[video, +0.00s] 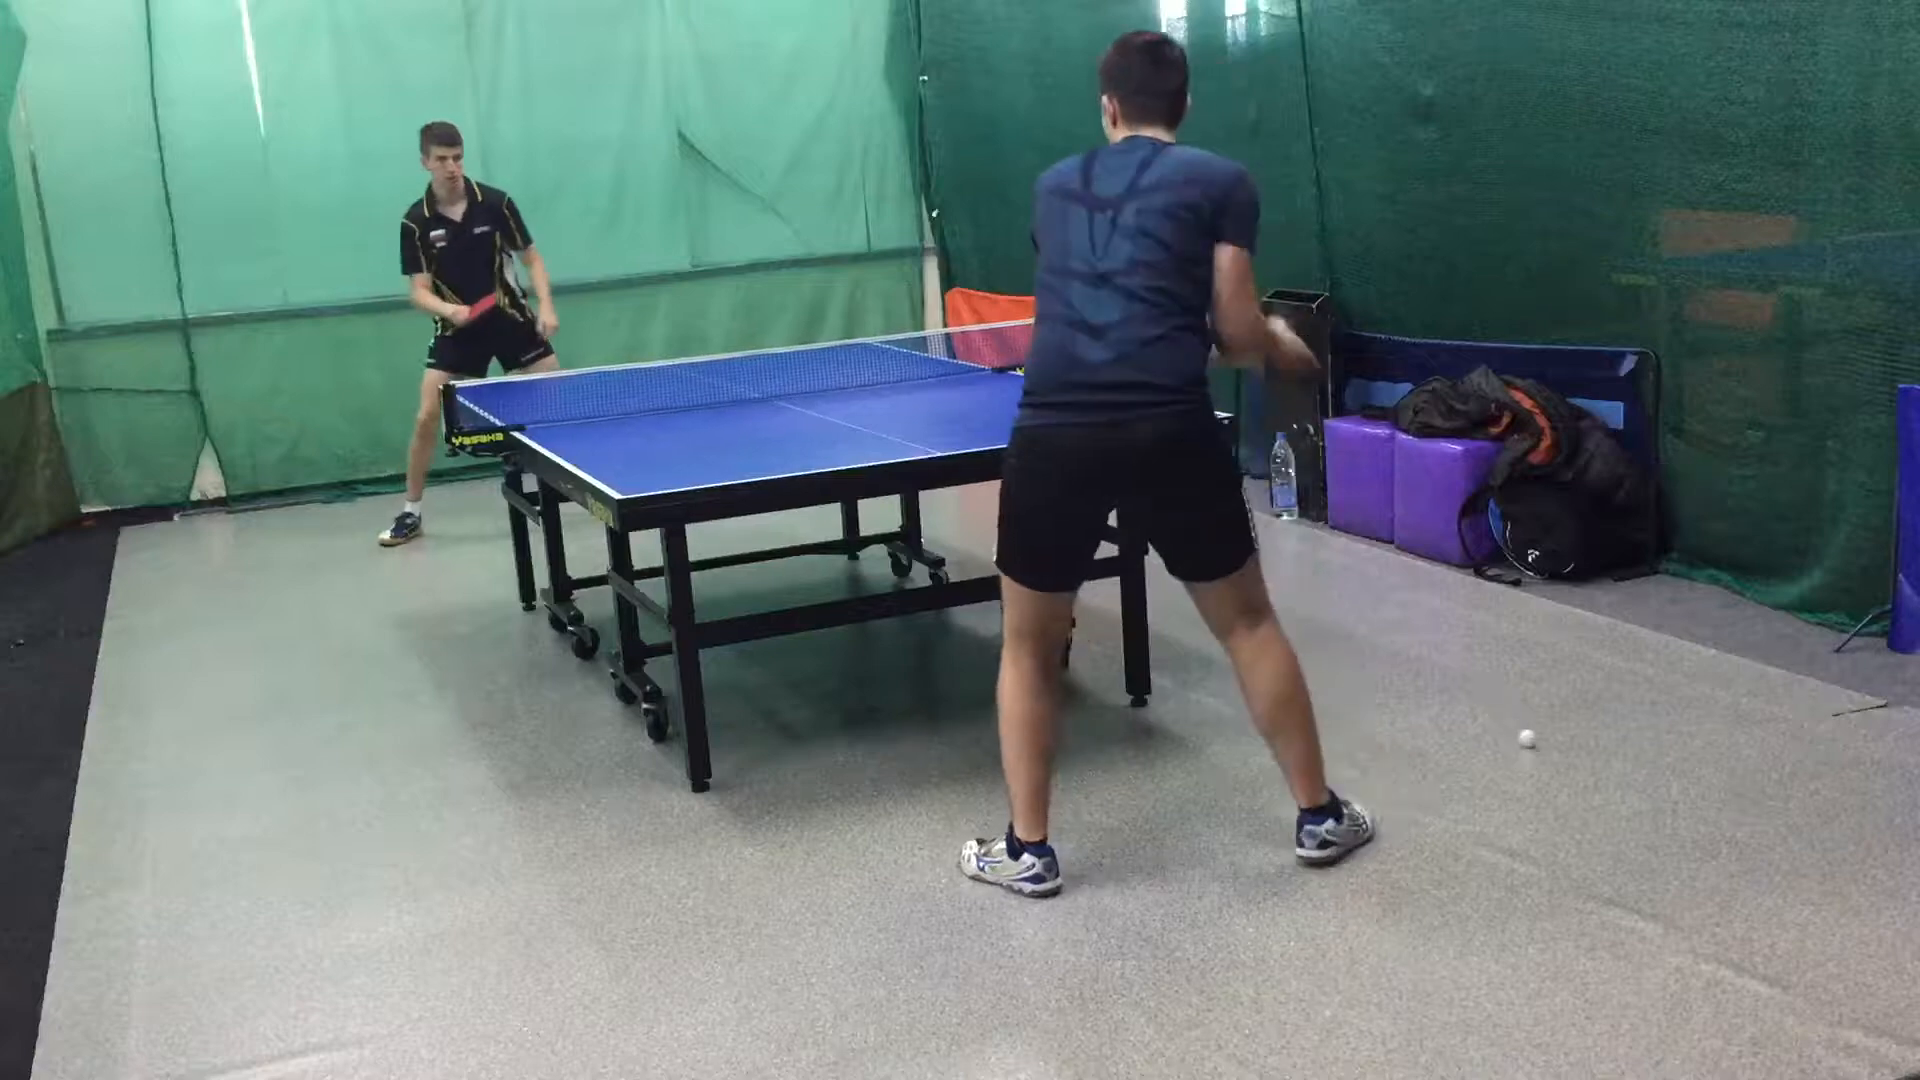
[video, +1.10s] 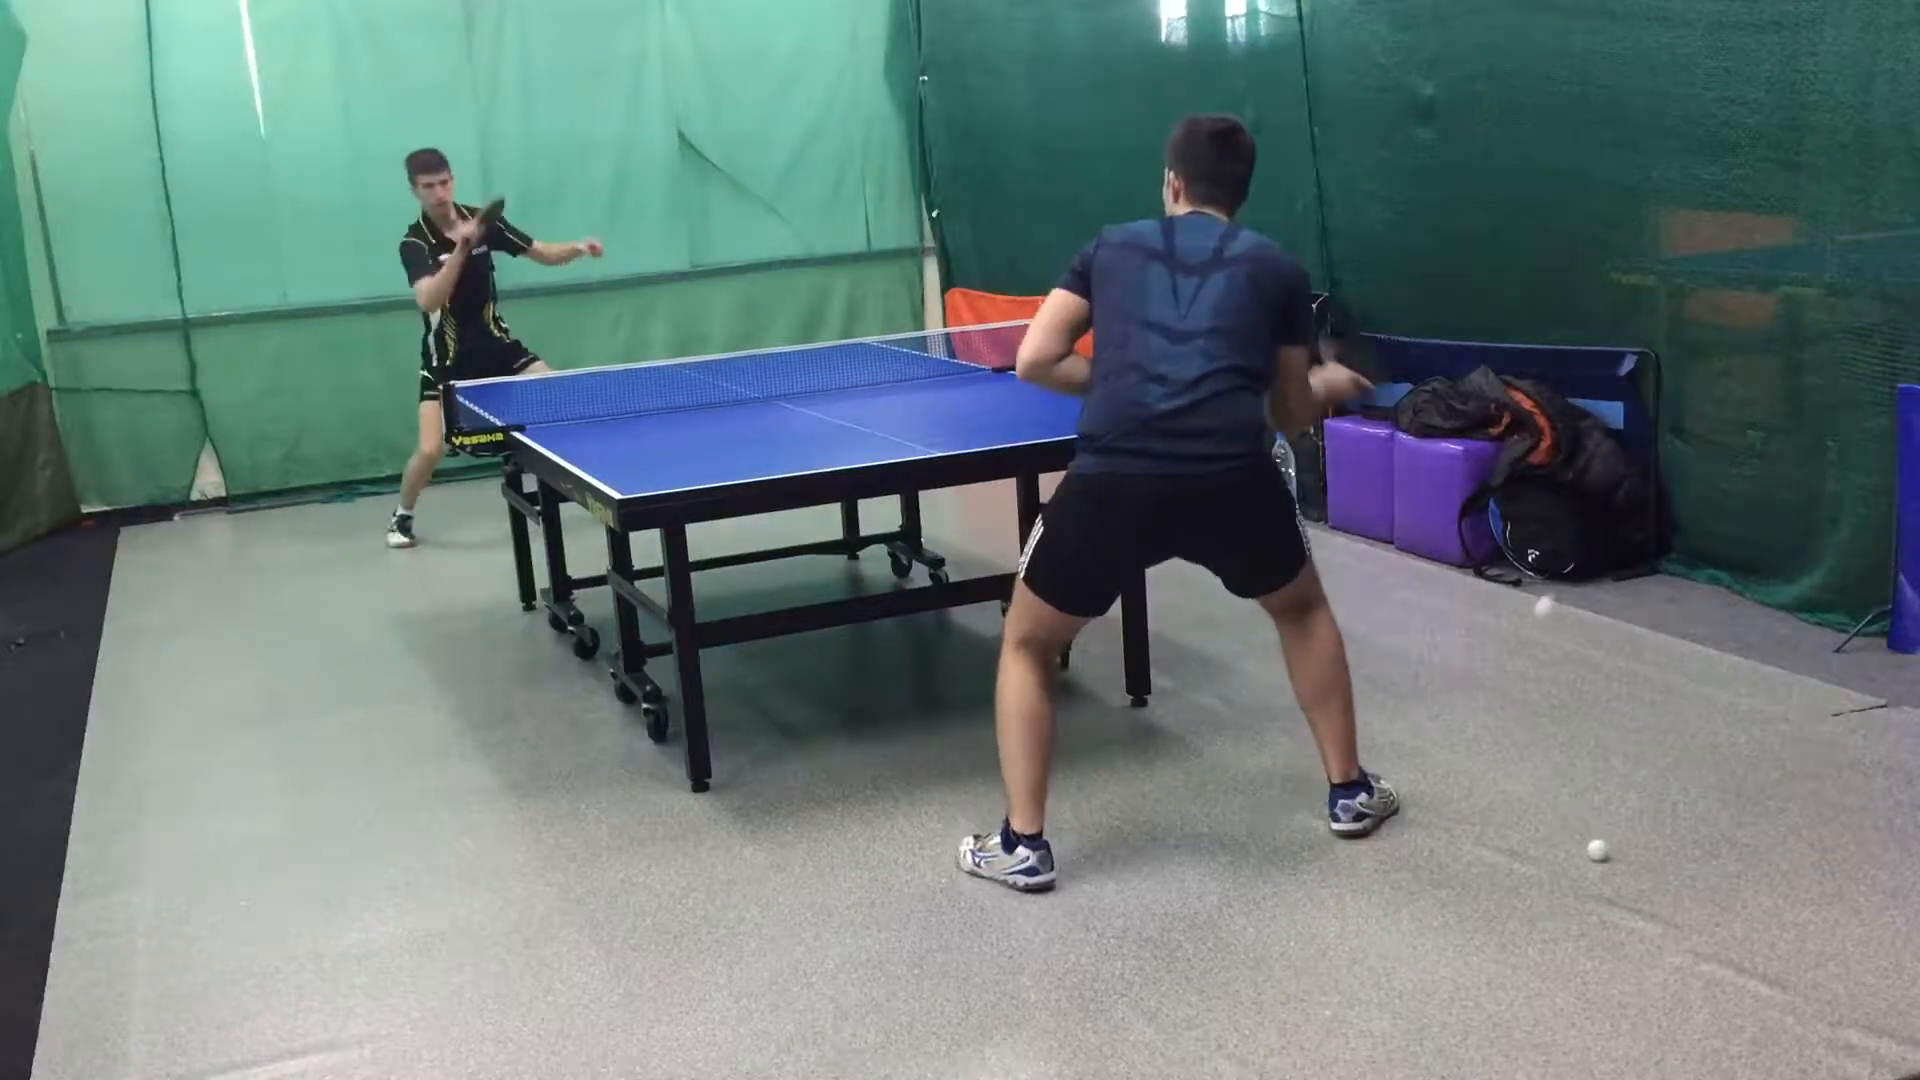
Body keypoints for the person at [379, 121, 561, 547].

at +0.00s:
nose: (452, 168)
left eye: (457, 159)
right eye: (442, 161)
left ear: (464, 158)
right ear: (426, 163)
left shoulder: (496, 203)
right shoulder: (416, 221)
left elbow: (531, 258)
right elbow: (419, 292)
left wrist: (546, 307)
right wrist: (448, 309)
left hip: (510, 318)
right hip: (458, 328)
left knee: (555, 397)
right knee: (427, 417)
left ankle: (520, 470)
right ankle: (411, 511)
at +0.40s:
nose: (425, 208)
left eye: (429, 198)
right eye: (414, 203)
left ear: (436, 190)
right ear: (400, 204)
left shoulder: (474, 226)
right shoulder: (407, 254)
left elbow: (513, 288)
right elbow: (417, 321)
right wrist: (405, 345)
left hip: (513, 319)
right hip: (465, 331)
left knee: (560, 394)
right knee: (430, 416)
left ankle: (570, 479)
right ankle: (440, 507)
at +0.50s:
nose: (402, 234)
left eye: (408, 223)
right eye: (393, 228)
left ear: (419, 213)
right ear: (382, 227)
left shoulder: (454, 250)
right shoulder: (403, 272)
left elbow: (475, 316)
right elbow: (412, 343)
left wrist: (430, 361)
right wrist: (374, 383)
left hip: (523, 345)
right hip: (474, 349)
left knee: (544, 422)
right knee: (427, 415)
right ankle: (438, 508)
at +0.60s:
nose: (385, 248)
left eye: (390, 237)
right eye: (375, 242)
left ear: (402, 226)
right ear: (367, 240)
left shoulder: (431, 259)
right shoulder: (400, 281)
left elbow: (452, 317)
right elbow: (416, 352)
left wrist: (404, 347)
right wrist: (365, 392)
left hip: (518, 354)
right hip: (471, 354)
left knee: (540, 431)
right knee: (414, 418)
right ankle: (438, 508)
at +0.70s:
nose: (375, 238)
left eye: (378, 226)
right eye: (365, 232)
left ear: (393, 216)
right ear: (359, 233)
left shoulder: (431, 245)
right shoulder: (393, 276)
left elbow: (485, 270)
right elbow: (407, 343)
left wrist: (456, 299)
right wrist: (361, 378)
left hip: (510, 351)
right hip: (460, 354)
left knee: (529, 430)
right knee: (411, 427)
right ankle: (438, 508)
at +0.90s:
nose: (396, 192)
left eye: (400, 182)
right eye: (388, 187)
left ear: (416, 177)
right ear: (382, 193)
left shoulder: (461, 208)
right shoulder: (390, 230)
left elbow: (527, 228)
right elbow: (410, 253)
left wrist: (547, 216)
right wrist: (443, 205)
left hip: (497, 335)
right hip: (444, 351)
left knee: (552, 395)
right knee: (426, 440)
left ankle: (552, 475)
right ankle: (428, 506)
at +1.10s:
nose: (438, 192)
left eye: (443, 183)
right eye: (428, 187)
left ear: (452, 181)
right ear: (414, 192)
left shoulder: (481, 221)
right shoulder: (415, 242)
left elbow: (543, 253)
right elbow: (429, 301)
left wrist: (577, 248)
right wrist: (460, 250)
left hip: (494, 343)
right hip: (445, 356)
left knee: (560, 393)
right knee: (430, 449)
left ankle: (529, 476)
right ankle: (404, 514)